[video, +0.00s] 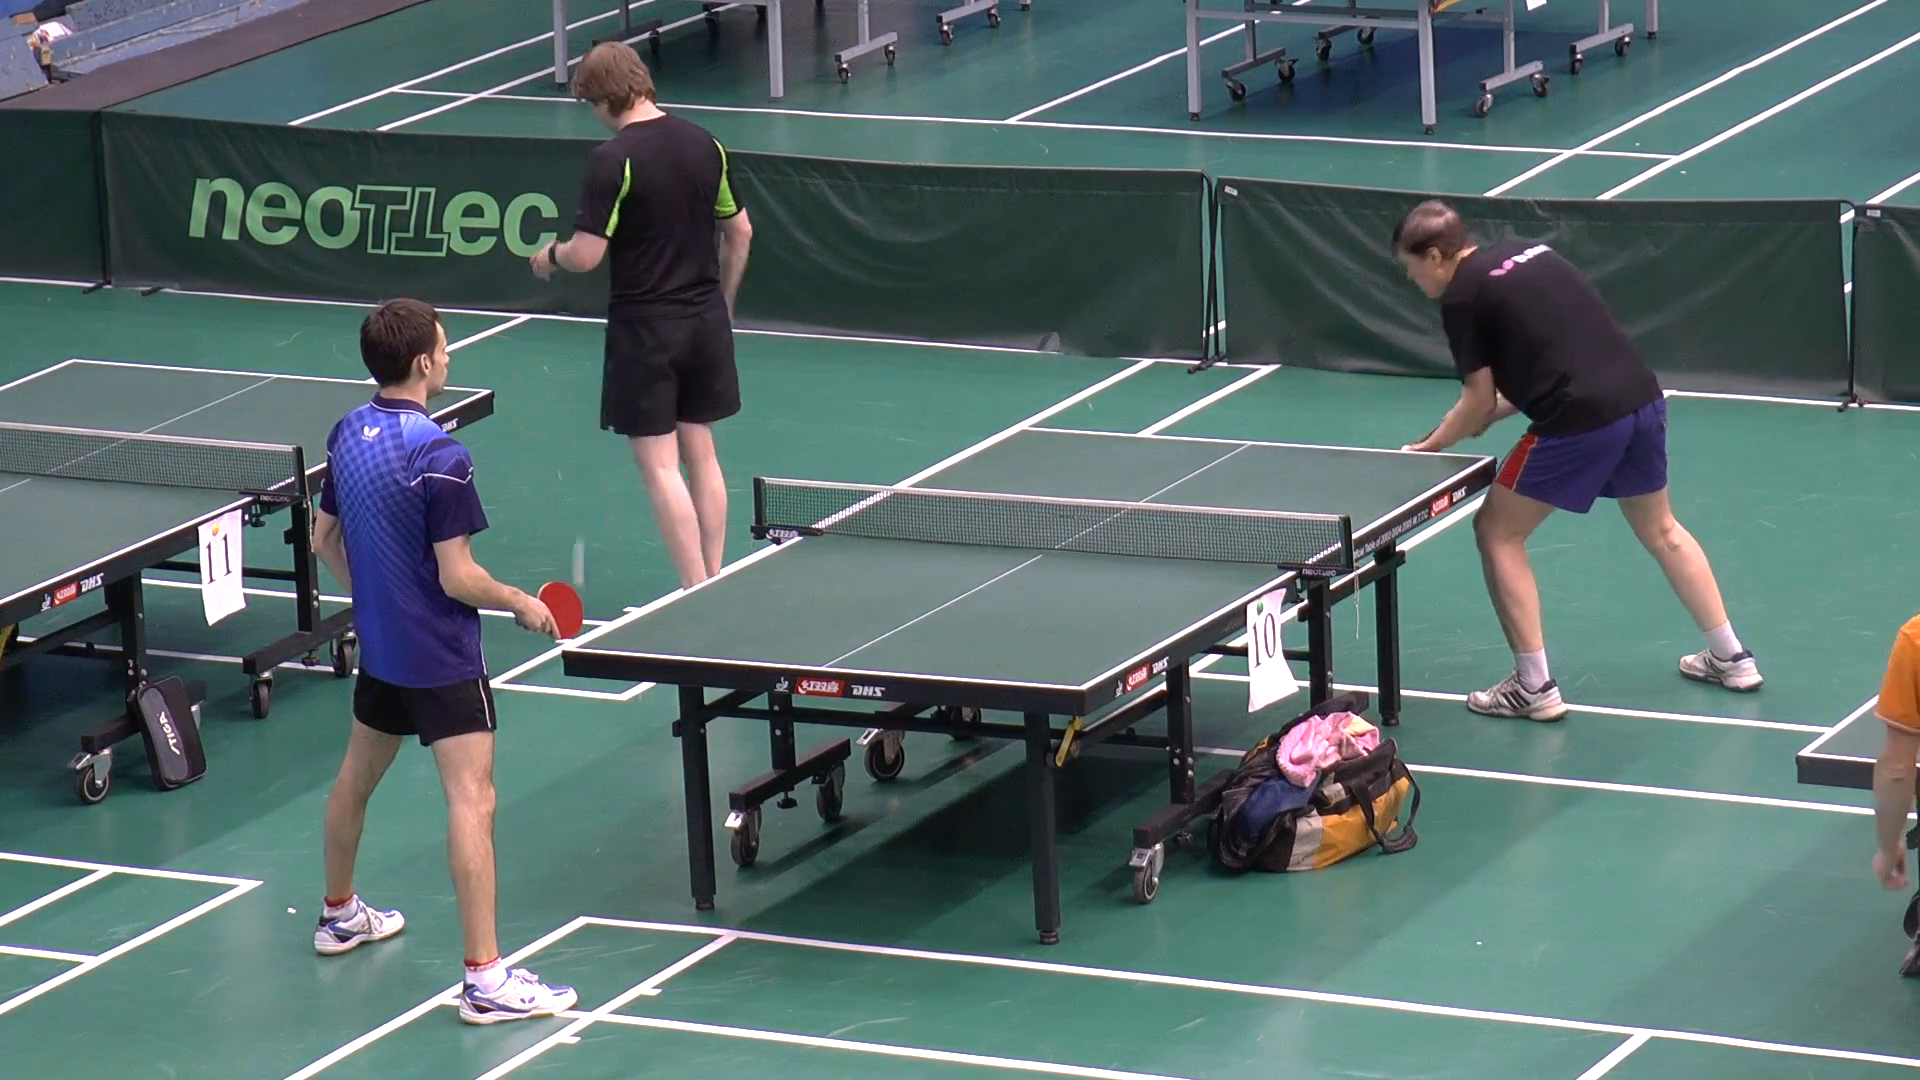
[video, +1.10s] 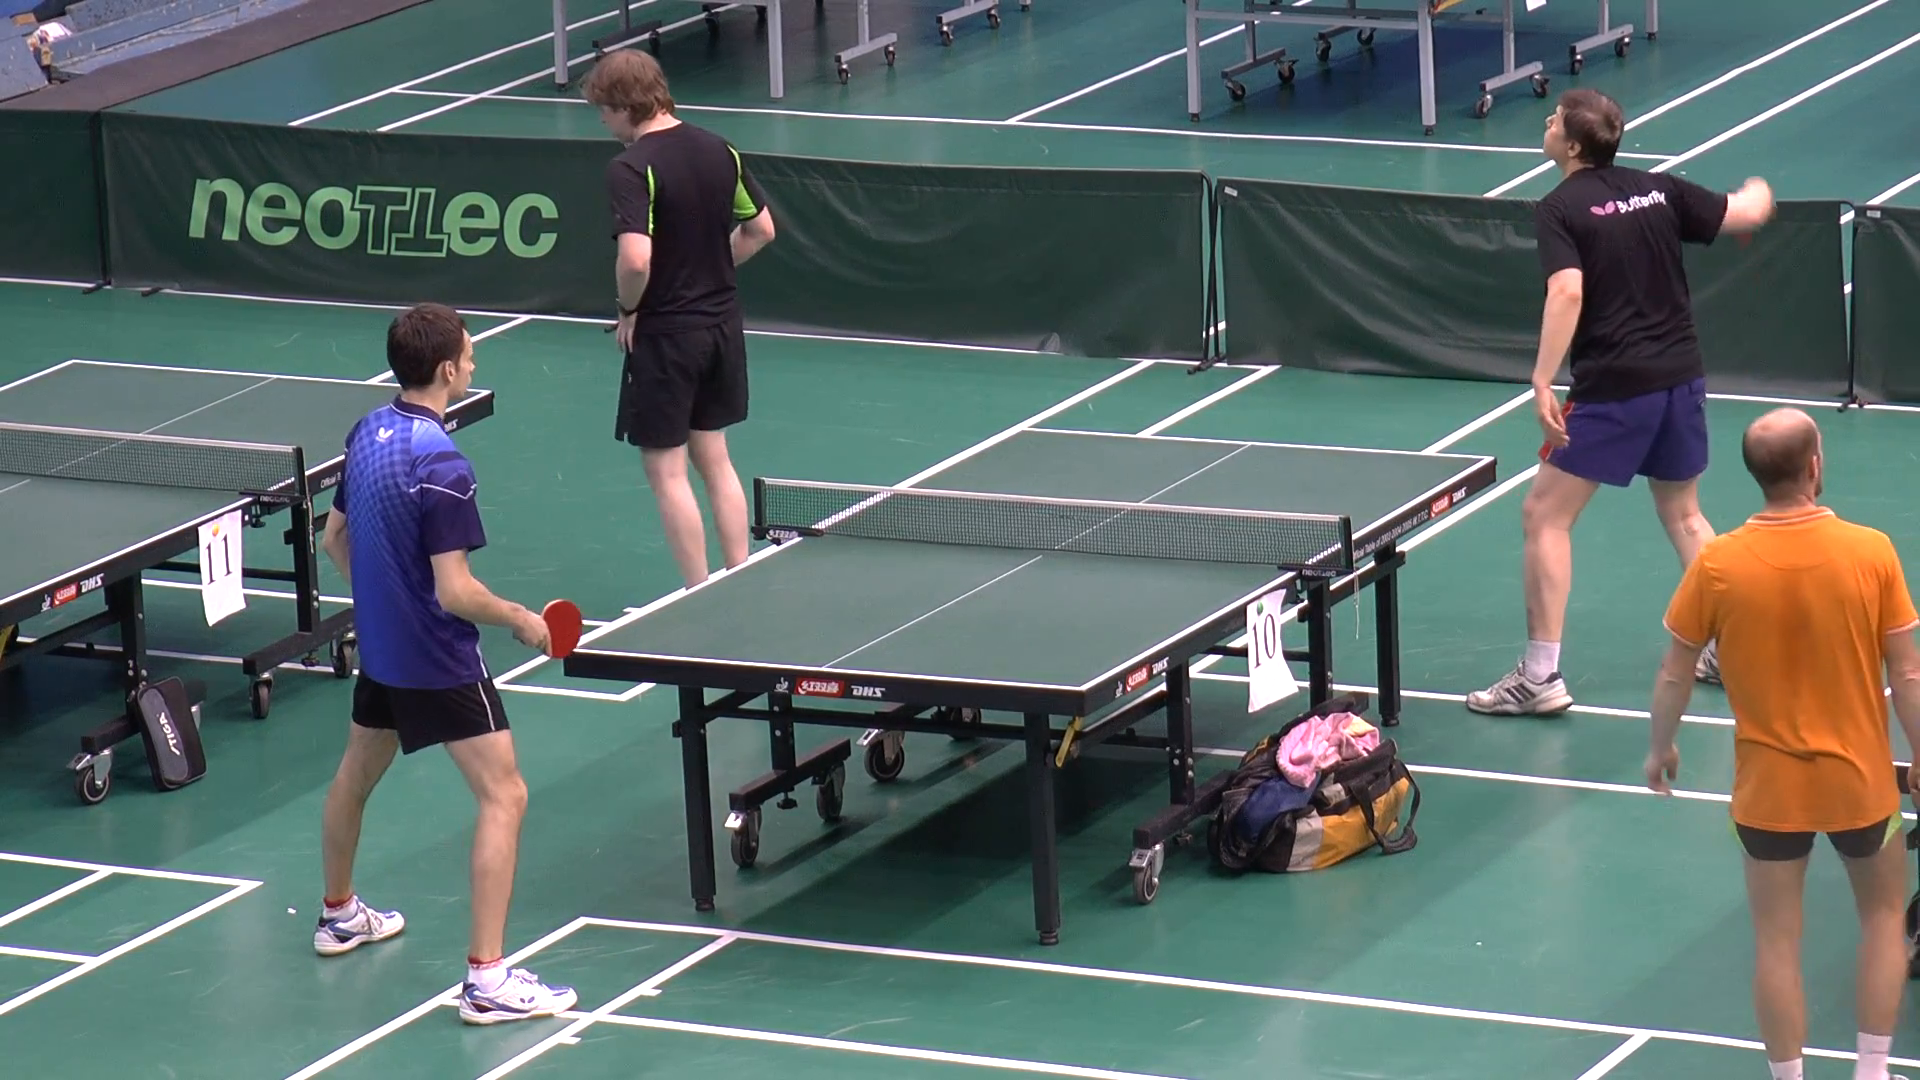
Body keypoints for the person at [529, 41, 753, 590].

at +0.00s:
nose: (592, 112)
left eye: (590, 103)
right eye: (590, 103)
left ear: (601, 100)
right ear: (644, 84)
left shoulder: (613, 157)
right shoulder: (704, 142)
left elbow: (586, 255)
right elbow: (738, 230)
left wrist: (552, 256)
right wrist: (722, 298)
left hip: (645, 331)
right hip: (705, 322)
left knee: (661, 468)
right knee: (702, 455)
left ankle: (697, 593)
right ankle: (714, 582)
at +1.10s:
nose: (604, 122)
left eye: (604, 111)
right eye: (601, 112)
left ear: (625, 105)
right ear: (659, 94)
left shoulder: (631, 165)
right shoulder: (716, 148)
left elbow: (636, 259)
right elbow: (760, 229)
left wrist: (626, 310)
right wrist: (712, 263)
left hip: (667, 339)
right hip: (723, 330)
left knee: (668, 474)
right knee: (714, 458)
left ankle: (701, 597)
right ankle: (743, 581)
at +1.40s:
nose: (599, 124)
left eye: (599, 113)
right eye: (596, 113)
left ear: (618, 107)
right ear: (654, 95)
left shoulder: (636, 164)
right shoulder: (712, 151)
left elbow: (634, 266)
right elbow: (736, 235)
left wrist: (614, 326)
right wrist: (679, 262)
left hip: (659, 333)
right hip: (715, 327)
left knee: (583, 442)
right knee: (719, 456)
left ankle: (628, 582)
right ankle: (747, 586)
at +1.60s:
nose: (562, 136)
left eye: (564, 124)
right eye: (560, 124)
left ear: (588, 118)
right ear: (616, 109)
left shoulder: (607, 175)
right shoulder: (681, 159)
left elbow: (583, 277)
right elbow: (704, 246)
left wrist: (546, 334)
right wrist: (642, 267)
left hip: (629, 344)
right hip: (690, 339)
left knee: (565, 459)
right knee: (687, 460)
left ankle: (542, 596)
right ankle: (735, 580)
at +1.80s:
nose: (497, 164)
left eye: (499, 152)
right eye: (493, 154)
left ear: (525, 145)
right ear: (550, 134)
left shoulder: (543, 207)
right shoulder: (623, 172)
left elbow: (507, 310)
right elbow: (660, 251)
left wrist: (460, 364)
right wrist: (582, 292)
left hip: (594, 350)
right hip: (657, 343)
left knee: (534, 463)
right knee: (648, 465)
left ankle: (523, 601)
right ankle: (727, 575)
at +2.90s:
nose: (476, 172)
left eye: (477, 160)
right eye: (472, 161)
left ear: (504, 149)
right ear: (527, 139)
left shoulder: (530, 208)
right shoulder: (600, 164)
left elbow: (498, 311)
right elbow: (652, 240)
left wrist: (440, 361)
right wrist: (575, 289)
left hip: (601, 340)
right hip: (663, 331)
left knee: (536, 459)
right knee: (662, 458)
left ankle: (524, 602)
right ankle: (710, 581)